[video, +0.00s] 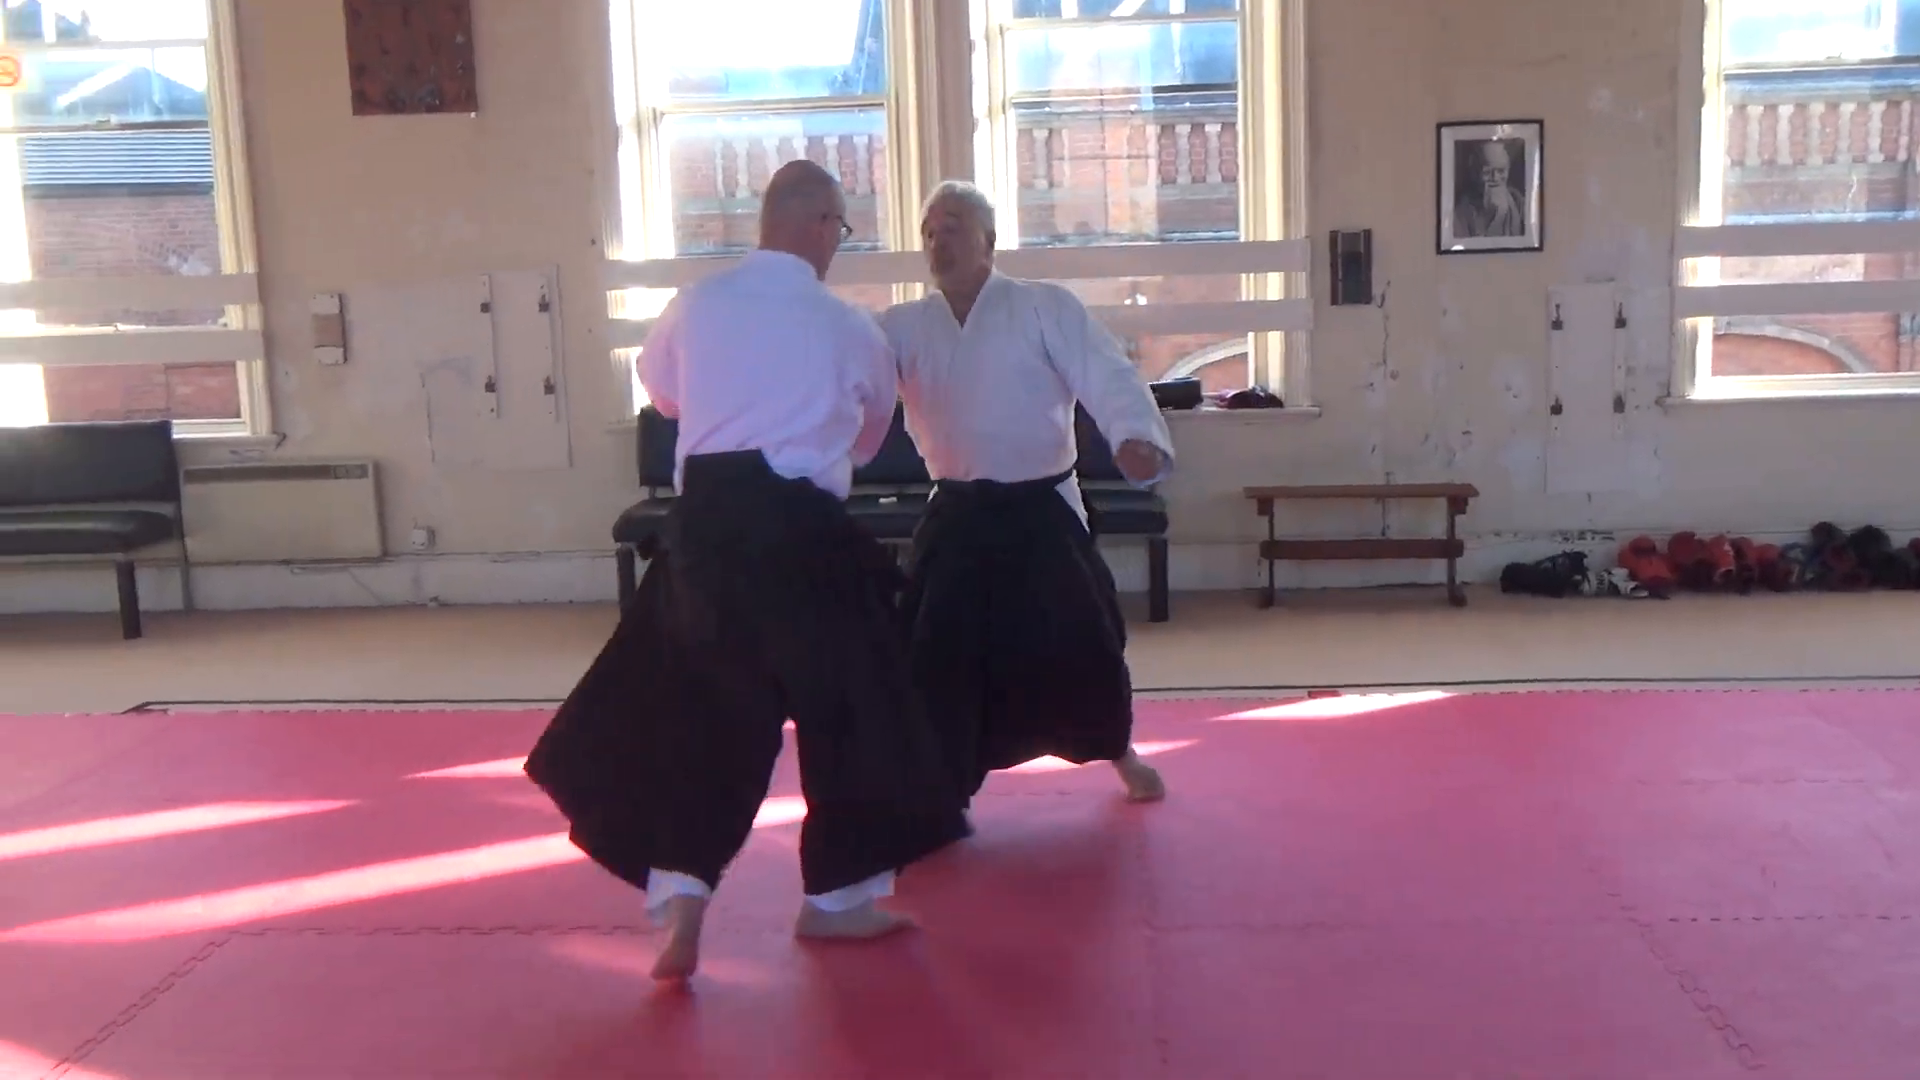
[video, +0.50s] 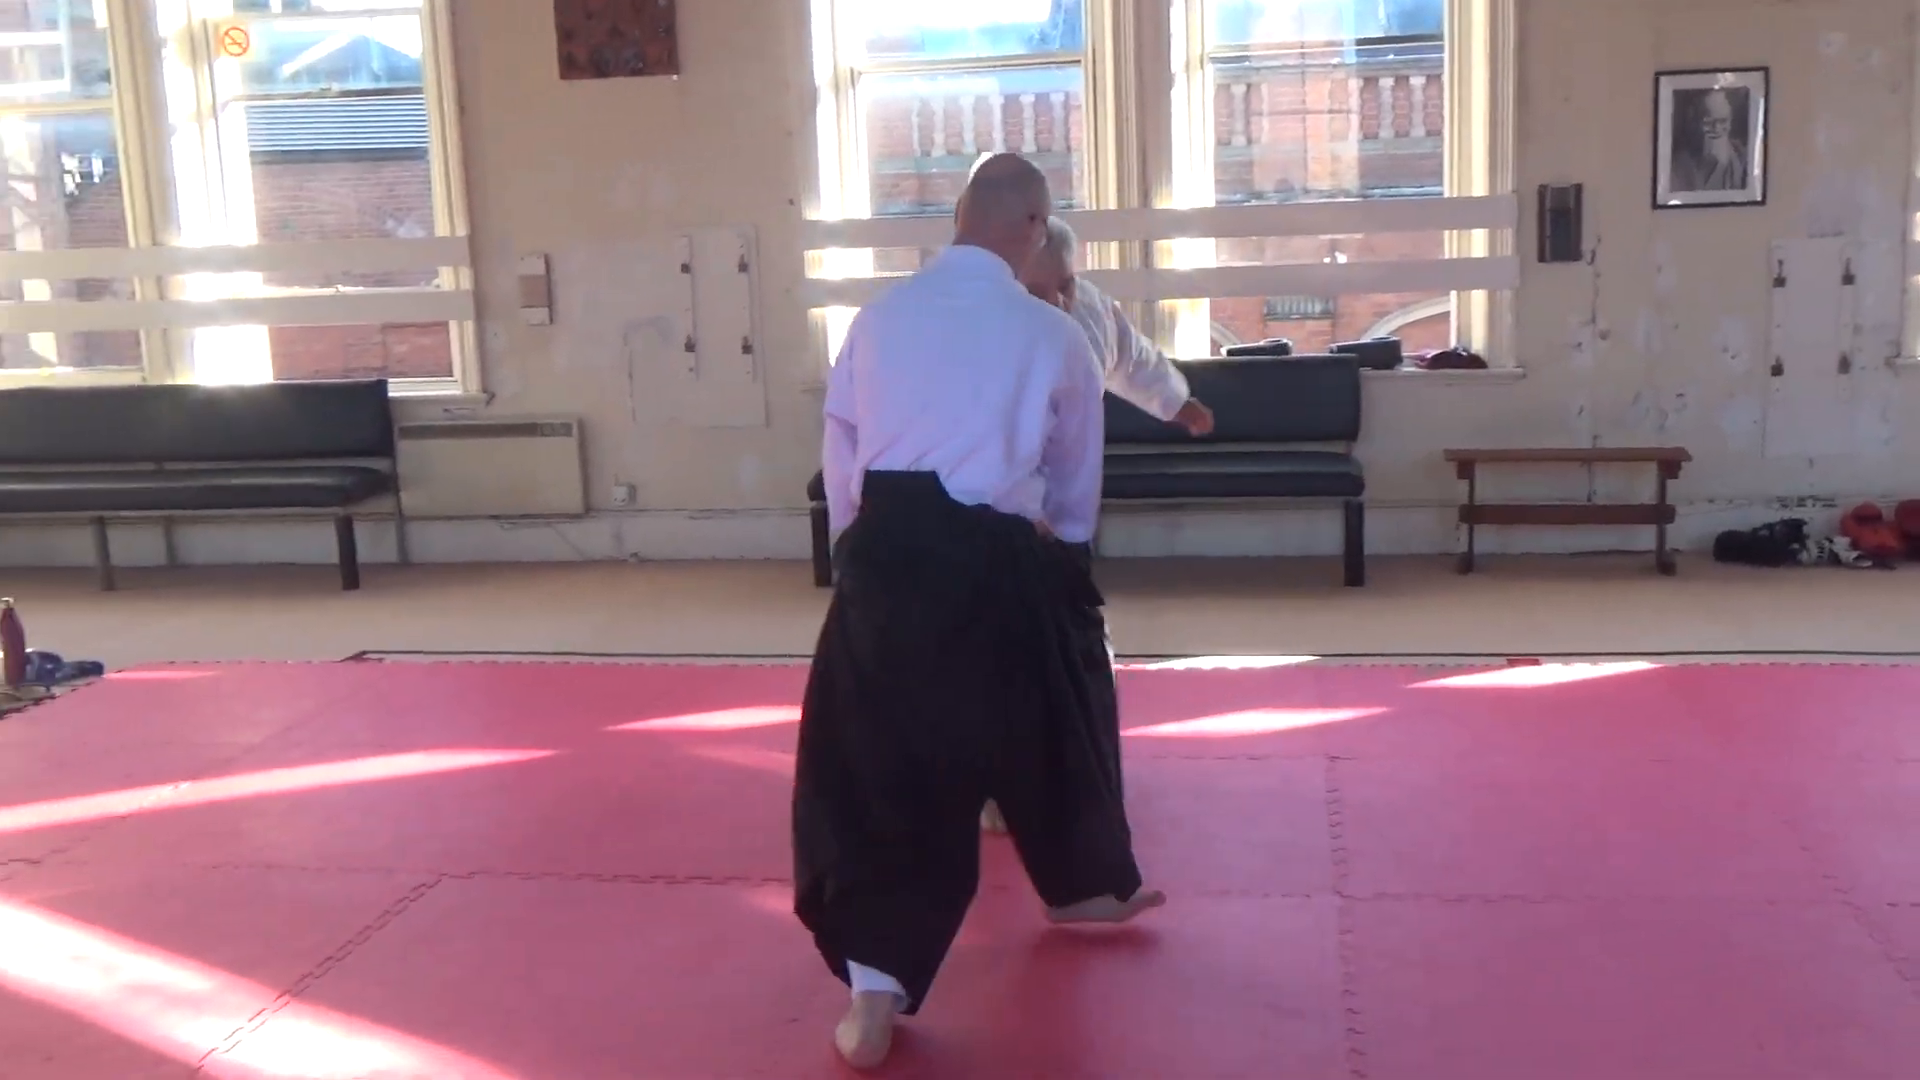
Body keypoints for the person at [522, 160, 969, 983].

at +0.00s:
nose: (839, 240)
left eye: (837, 227)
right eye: (840, 228)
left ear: (762, 224)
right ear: (825, 231)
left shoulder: (694, 304)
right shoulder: (852, 328)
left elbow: (659, 390)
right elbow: (869, 441)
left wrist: (737, 418)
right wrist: (797, 438)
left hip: (702, 519)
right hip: (801, 526)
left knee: (711, 708)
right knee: (846, 703)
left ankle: (682, 889)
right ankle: (838, 893)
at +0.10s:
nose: (888, 236)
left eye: (883, 223)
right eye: (888, 224)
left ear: (805, 218)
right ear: (874, 228)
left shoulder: (735, 301)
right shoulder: (896, 323)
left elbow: (694, 422)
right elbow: (893, 421)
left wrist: (777, 436)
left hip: (747, 528)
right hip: (850, 532)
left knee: (748, 714)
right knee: (881, 698)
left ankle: (726, 892)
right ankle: (883, 878)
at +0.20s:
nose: (928, 234)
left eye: (927, 220)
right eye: (925, 222)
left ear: (845, 216)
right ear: (910, 227)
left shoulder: (778, 301)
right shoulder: (943, 322)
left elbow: (723, 413)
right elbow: (943, 430)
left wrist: (754, 457)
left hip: (794, 529)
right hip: (900, 533)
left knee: (789, 728)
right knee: (921, 693)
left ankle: (760, 929)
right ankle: (920, 868)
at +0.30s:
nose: (967, 240)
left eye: (967, 225)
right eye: (965, 227)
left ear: (876, 221)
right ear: (950, 231)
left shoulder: (805, 308)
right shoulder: (980, 321)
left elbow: (767, 433)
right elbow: (979, 433)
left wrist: (818, 490)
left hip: (823, 540)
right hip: (935, 539)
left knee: (813, 744)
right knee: (962, 689)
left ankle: (796, 951)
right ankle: (958, 860)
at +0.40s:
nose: (1006, 247)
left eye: (1008, 234)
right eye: (1005, 234)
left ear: (910, 224)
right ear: (988, 233)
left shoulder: (837, 313)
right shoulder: (1014, 331)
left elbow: (805, 453)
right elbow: (1032, 465)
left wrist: (848, 522)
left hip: (846, 552)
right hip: (963, 554)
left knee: (848, 762)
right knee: (989, 692)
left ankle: (838, 981)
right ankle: (1014, 854)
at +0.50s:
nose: (1049, 247)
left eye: (1051, 230)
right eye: (1048, 230)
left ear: (955, 220)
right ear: (1029, 227)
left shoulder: (878, 317)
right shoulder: (1056, 337)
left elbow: (841, 457)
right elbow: (1075, 488)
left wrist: (856, 555)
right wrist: (1058, 579)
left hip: (885, 562)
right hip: (1001, 567)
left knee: (889, 771)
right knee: (1047, 707)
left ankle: (875, 979)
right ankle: (1081, 881)